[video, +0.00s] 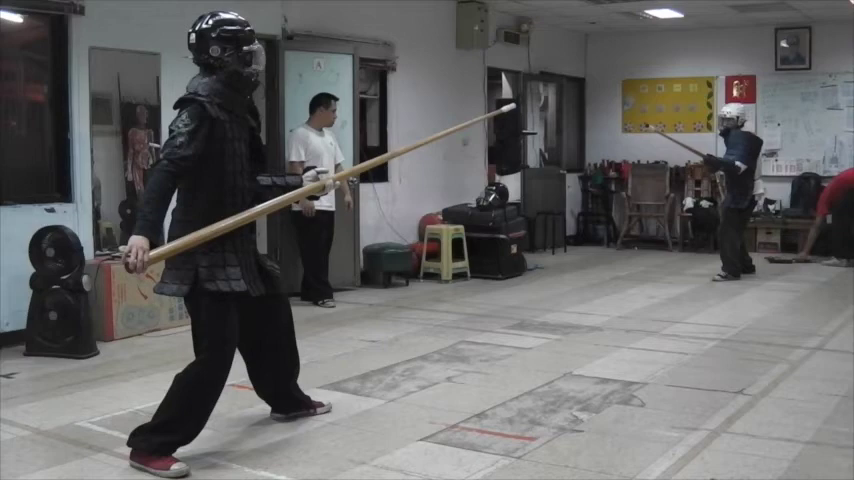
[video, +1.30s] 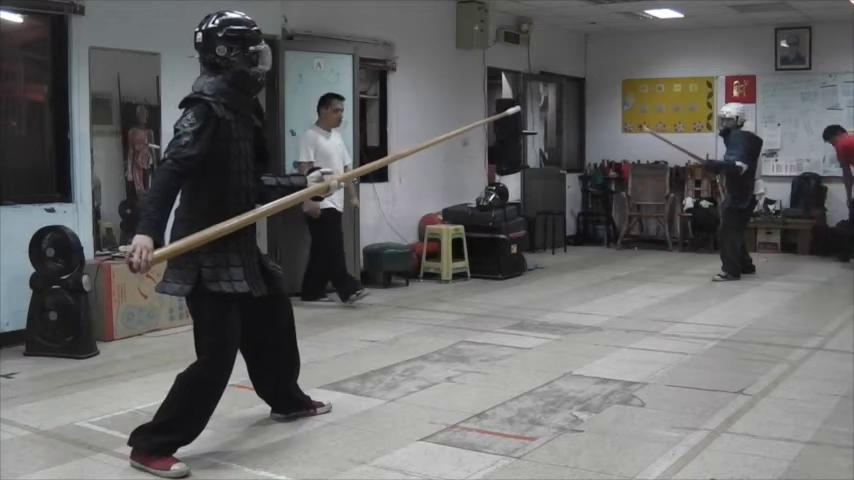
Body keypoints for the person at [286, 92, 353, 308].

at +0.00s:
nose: (335, 115)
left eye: (335, 111)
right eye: (332, 111)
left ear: (322, 112)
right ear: (319, 111)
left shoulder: (329, 136)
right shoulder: (300, 134)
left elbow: (338, 168)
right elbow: (294, 170)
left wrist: (346, 191)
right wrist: (302, 197)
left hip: (327, 203)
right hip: (308, 204)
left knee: (322, 250)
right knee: (313, 250)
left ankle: (312, 290)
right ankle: (321, 293)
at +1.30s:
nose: (341, 115)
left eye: (342, 111)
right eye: (337, 111)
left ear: (339, 112)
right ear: (323, 111)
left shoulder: (337, 137)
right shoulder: (310, 136)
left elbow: (345, 168)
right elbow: (304, 170)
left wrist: (353, 195)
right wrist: (307, 198)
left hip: (335, 201)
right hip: (319, 202)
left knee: (322, 249)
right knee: (333, 247)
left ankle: (311, 291)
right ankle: (347, 289)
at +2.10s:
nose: (381, 130)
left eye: (382, 126)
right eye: (377, 125)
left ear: (368, 127)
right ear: (362, 124)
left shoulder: (371, 150)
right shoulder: (351, 145)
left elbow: (389, 165)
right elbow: (381, 148)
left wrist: (405, 178)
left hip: (356, 208)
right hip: (345, 208)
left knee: (338, 251)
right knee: (371, 246)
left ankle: (322, 288)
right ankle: (372, 299)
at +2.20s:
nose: (380, 128)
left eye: (381, 124)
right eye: (376, 124)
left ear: (376, 124)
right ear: (363, 123)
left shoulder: (373, 148)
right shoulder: (347, 142)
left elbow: (387, 169)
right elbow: (373, 130)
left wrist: (401, 183)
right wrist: (396, 110)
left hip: (357, 208)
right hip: (344, 209)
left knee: (337, 251)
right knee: (371, 246)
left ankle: (320, 287)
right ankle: (371, 298)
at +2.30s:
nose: (378, 130)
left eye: (379, 126)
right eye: (375, 126)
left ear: (377, 128)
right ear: (362, 124)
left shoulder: (373, 148)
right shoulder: (346, 144)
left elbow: (387, 168)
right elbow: (368, 124)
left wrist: (400, 184)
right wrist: (388, 102)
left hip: (356, 208)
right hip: (344, 209)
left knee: (336, 252)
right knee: (371, 247)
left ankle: (320, 287)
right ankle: (371, 298)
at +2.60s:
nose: (374, 127)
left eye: (376, 123)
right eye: (370, 121)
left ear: (374, 124)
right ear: (356, 121)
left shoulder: (368, 149)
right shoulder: (346, 143)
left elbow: (382, 170)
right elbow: (375, 138)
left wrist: (400, 182)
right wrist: (398, 119)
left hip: (355, 208)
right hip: (345, 208)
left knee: (337, 251)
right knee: (370, 247)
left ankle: (321, 287)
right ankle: (371, 298)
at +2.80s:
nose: (372, 121)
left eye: (374, 117)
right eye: (367, 117)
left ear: (374, 121)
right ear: (352, 120)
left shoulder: (368, 149)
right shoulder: (348, 143)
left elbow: (382, 171)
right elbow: (376, 139)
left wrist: (400, 182)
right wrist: (401, 123)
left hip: (355, 208)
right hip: (344, 208)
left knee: (336, 251)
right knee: (370, 246)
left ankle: (321, 288)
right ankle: (371, 298)